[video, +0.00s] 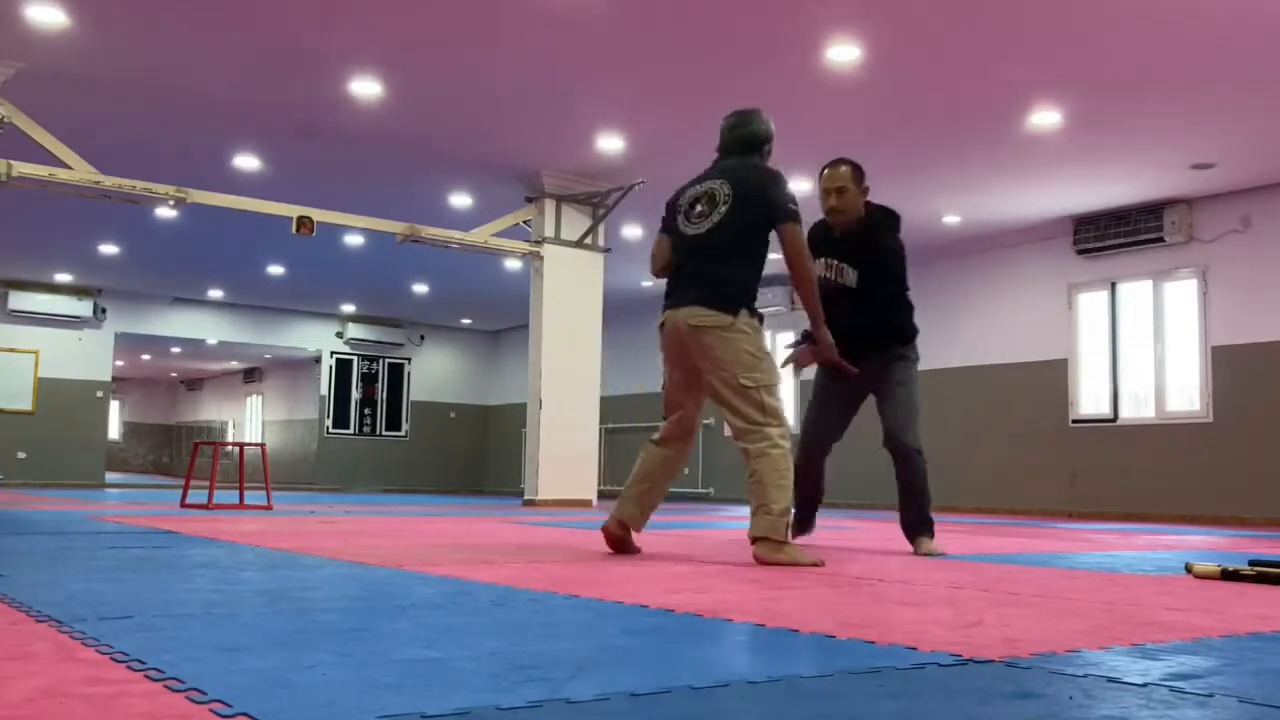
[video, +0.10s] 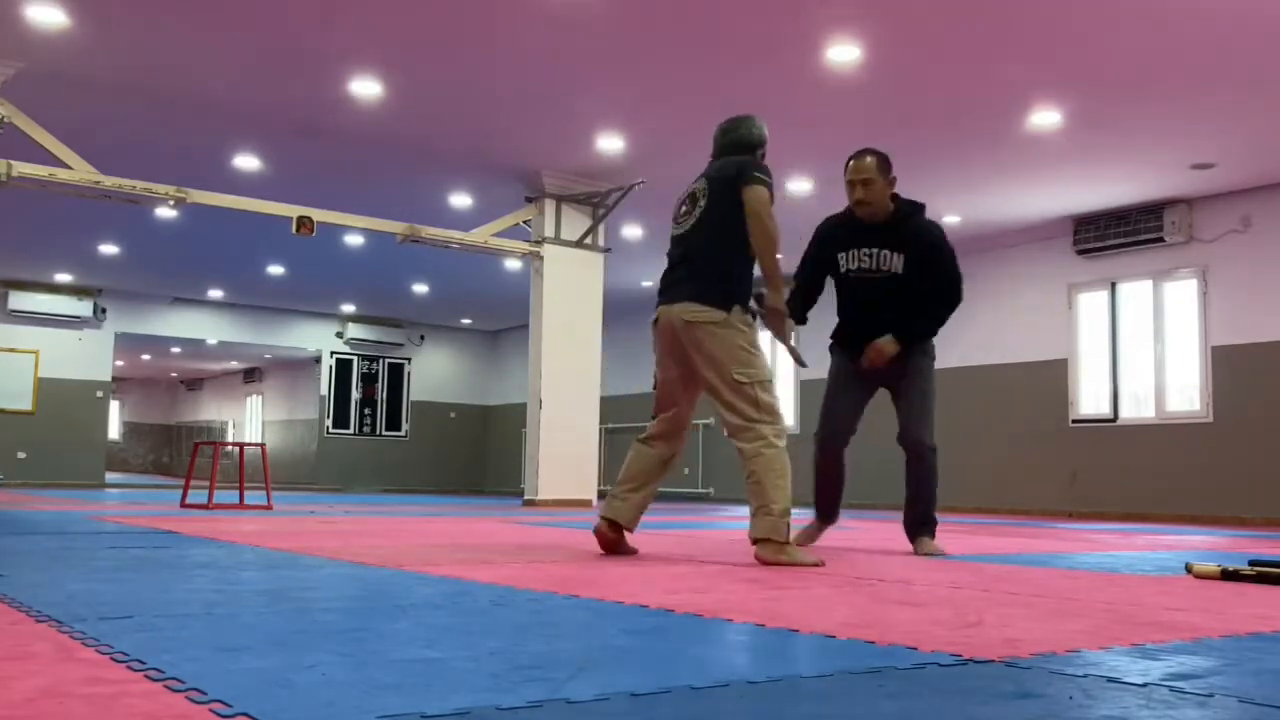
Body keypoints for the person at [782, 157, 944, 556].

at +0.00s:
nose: (832, 200)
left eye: (841, 192)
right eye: (826, 193)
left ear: (863, 193)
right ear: (819, 196)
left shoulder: (882, 237)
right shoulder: (818, 237)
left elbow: (885, 314)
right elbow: (826, 296)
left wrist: (822, 347)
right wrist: (814, 335)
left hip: (892, 355)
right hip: (841, 355)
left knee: (904, 442)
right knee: (810, 445)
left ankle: (922, 535)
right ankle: (801, 524)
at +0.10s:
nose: (858, 193)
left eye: (866, 184)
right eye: (851, 185)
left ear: (890, 185)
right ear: (845, 187)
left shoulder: (922, 232)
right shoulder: (832, 232)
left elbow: (949, 294)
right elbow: (807, 285)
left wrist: (900, 338)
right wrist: (788, 315)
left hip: (910, 350)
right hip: (853, 348)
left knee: (918, 441)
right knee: (829, 437)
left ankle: (923, 534)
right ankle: (824, 517)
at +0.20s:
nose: (868, 188)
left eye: (877, 179)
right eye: (862, 181)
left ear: (902, 181)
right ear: (856, 185)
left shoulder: (938, 231)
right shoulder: (844, 232)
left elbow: (969, 286)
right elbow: (810, 281)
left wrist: (927, 325)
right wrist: (798, 302)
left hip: (920, 352)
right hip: (863, 352)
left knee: (927, 443)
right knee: (845, 431)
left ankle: (920, 533)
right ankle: (870, 525)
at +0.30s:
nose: (866, 184)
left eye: (875, 175)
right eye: (860, 177)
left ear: (900, 177)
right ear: (853, 182)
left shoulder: (935, 225)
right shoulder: (843, 235)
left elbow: (967, 280)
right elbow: (823, 297)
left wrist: (928, 293)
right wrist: (799, 352)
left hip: (928, 350)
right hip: (870, 351)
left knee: (930, 443)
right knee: (861, 430)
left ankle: (920, 533)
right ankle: (890, 535)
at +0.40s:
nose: (852, 171)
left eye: (861, 160)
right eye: (847, 162)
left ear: (890, 160)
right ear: (843, 166)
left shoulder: (923, 206)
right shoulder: (839, 221)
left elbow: (938, 259)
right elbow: (821, 288)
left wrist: (886, 245)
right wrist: (801, 353)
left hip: (926, 341)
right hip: (868, 344)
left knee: (941, 442)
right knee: (866, 430)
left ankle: (925, 521)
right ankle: (897, 535)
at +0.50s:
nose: (841, 163)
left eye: (849, 152)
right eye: (836, 154)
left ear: (880, 149)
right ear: (835, 156)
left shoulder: (906, 193)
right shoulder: (843, 212)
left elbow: (867, 251)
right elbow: (840, 281)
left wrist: (797, 262)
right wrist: (825, 347)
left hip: (920, 328)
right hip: (866, 334)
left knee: (914, 417)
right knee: (859, 432)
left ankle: (937, 517)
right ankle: (897, 537)